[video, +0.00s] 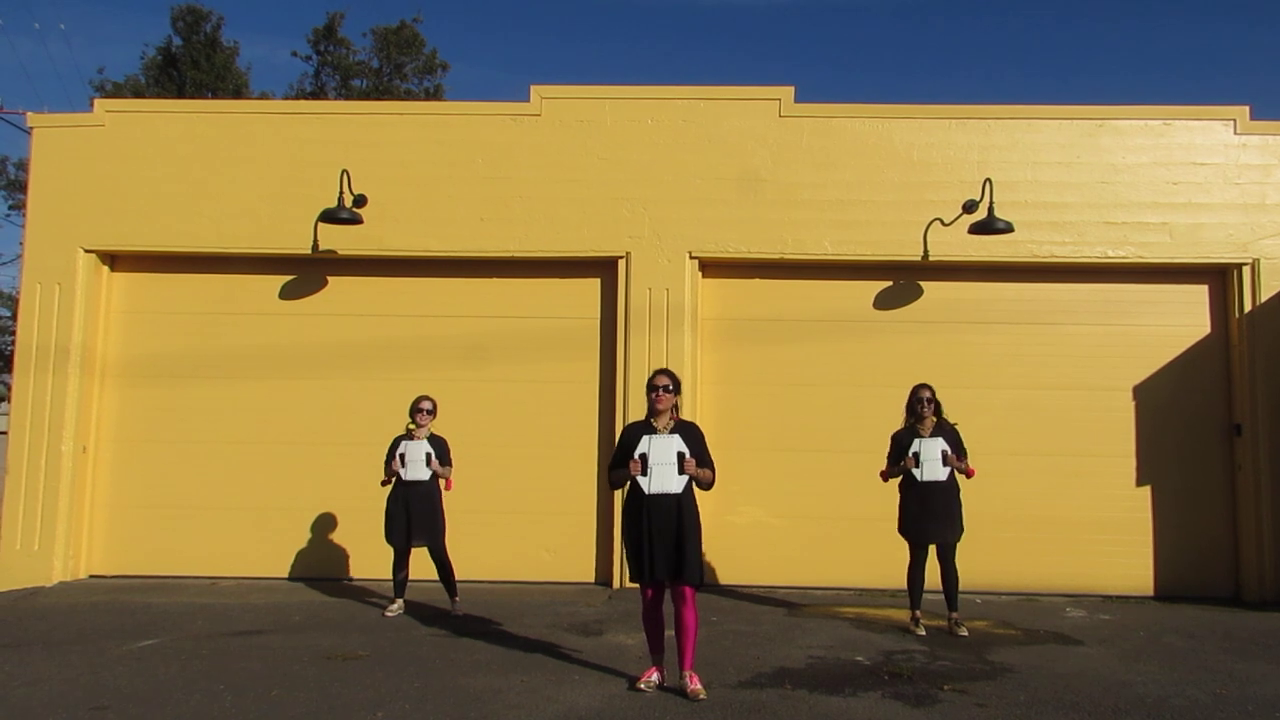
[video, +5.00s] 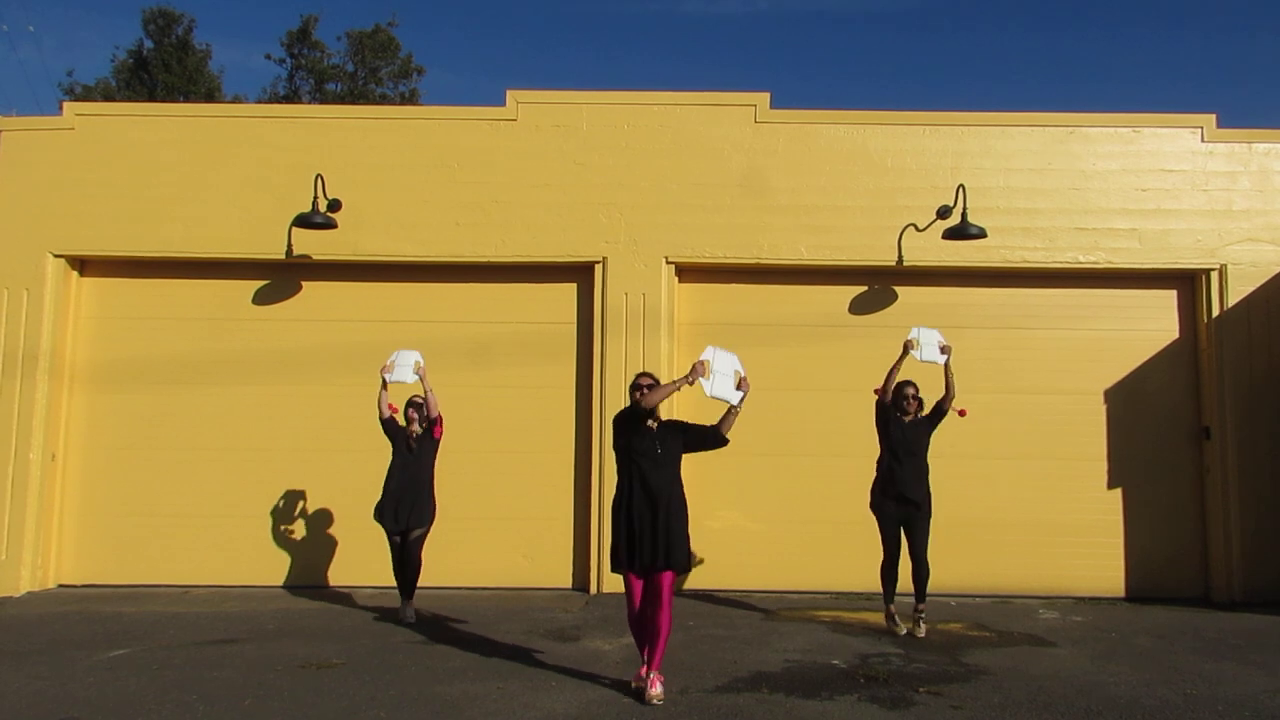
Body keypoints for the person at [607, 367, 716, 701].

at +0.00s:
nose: (659, 394)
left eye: (666, 389)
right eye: (654, 389)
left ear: (676, 395)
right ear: (647, 394)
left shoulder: (690, 432)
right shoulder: (633, 432)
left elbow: (708, 480)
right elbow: (612, 480)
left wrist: (695, 470)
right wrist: (628, 471)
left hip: (681, 525)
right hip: (643, 526)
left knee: (684, 595)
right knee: (651, 597)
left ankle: (688, 673)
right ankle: (656, 668)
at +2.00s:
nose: (661, 397)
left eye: (667, 393)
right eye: (655, 393)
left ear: (678, 400)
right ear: (648, 400)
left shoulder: (695, 437)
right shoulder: (636, 440)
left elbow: (713, 483)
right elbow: (619, 485)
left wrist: (695, 480)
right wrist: (626, 483)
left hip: (682, 530)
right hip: (641, 532)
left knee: (691, 598)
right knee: (648, 600)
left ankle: (687, 675)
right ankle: (657, 672)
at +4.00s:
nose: (647, 397)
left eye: (654, 392)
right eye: (642, 392)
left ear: (664, 399)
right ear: (634, 398)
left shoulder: (677, 436)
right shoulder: (618, 436)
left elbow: (695, 481)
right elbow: (598, 474)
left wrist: (672, 483)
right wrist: (602, 483)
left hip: (667, 528)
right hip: (628, 530)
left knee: (667, 591)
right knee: (633, 603)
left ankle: (655, 668)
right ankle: (641, 666)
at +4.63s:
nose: (643, 390)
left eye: (650, 386)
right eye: (638, 386)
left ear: (660, 397)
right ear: (631, 395)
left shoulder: (675, 433)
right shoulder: (620, 429)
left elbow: (692, 478)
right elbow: (606, 470)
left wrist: (702, 502)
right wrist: (643, 493)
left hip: (668, 528)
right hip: (632, 528)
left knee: (661, 598)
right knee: (637, 599)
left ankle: (659, 674)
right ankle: (643, 670)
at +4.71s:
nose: (642, 391)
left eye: (648, 387)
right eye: (637, 387)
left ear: (658, 395)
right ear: (630, 396)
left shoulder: (673, 434)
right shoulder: (620, 427)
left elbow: (691, 472)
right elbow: (627, 459)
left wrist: (721, 481)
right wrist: (672, 465)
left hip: (667, 525)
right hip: (631, 524)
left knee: (660, 598)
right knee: (637, 599)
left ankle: (658, 674)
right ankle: (642, 669)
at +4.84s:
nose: (641, 394)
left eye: (647, 390)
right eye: (635, 390)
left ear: (657, 398)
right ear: (629, 398)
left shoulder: (671, 436)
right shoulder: (620, 425)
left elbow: (707, 464)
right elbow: (644, 432)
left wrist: (739, 449)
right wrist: (692, 427)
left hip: (668, 526)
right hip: (632, 525)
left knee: (662, 600)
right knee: (638, 600)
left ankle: (659, 675)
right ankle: (643, 670)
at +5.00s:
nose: (643, 392)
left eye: (649, 388)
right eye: (637, 388)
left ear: (660, 394)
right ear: (629, 396)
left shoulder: (675, 431)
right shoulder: (623, 426)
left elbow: (718, 435)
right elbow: (645, 403)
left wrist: (739, 399)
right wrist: (686, 380)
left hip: (667, 525)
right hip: (630, 525)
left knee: (662, 601)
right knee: (636, 606)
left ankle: (654, 673)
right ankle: (646, 663)